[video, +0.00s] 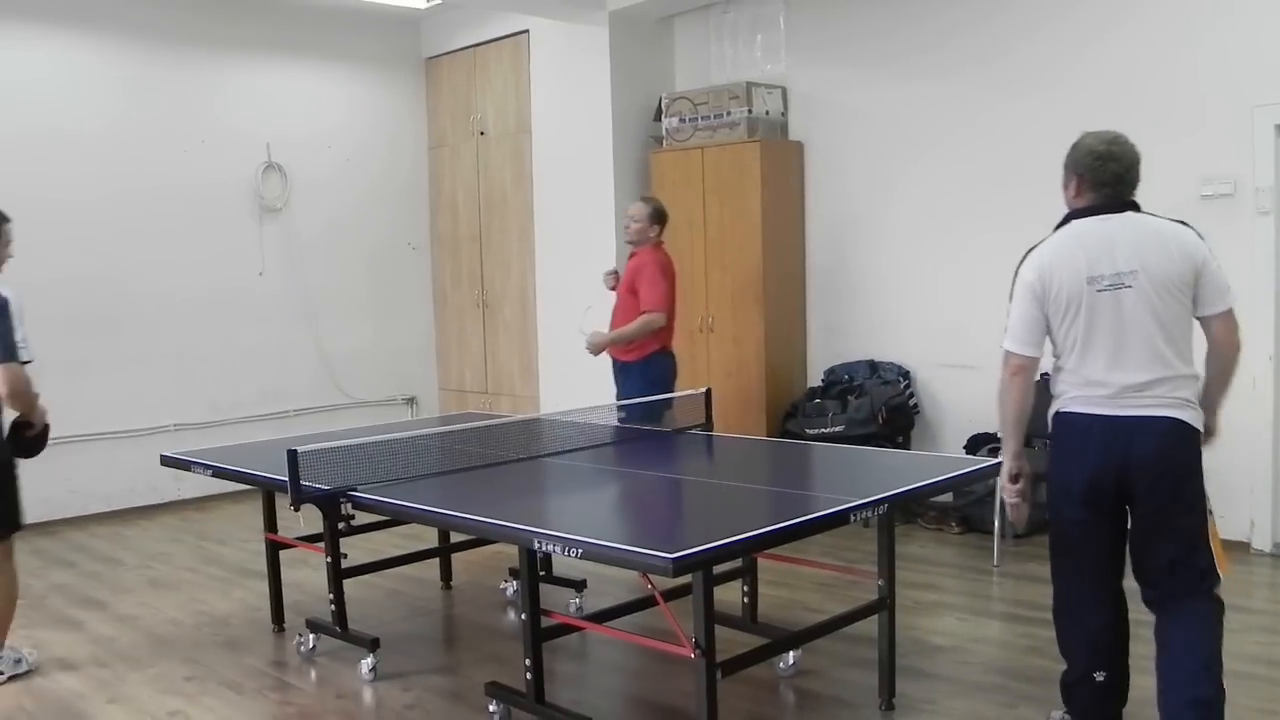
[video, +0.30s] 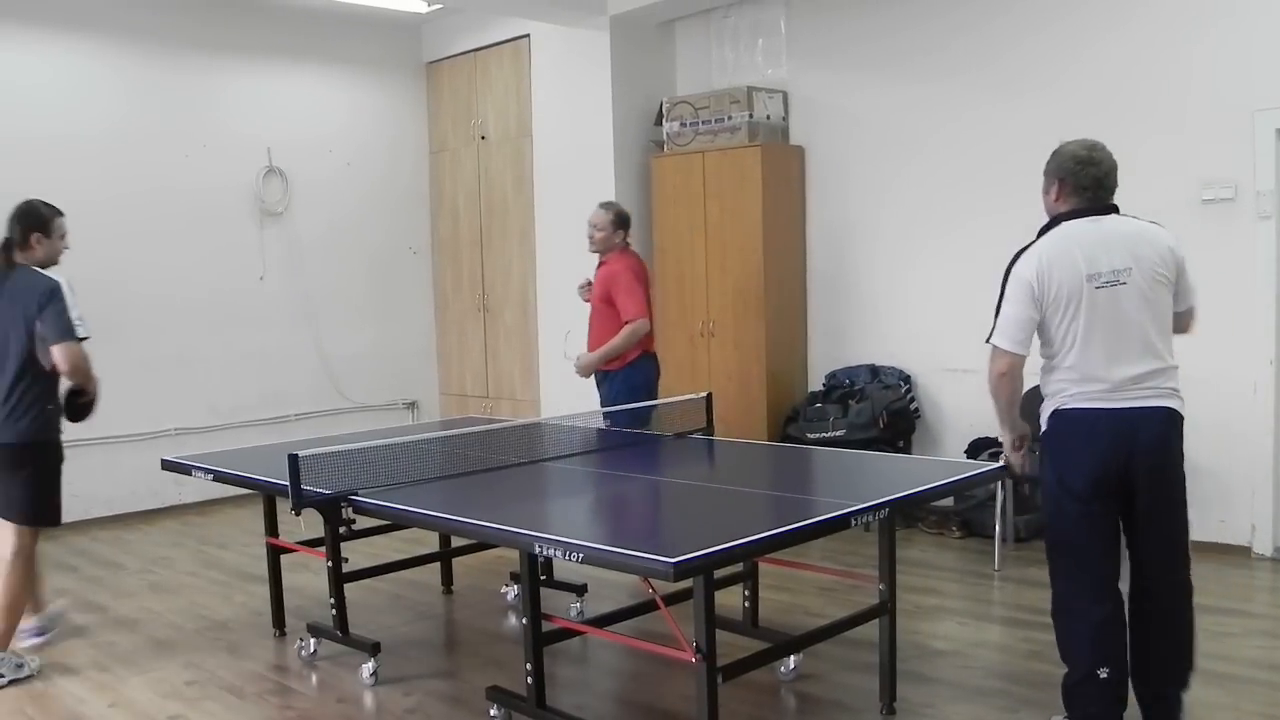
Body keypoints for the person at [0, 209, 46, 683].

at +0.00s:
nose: (9, 253)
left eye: (9, 244)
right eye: (7, 245)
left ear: (3, 246)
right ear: (1, 247)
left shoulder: (5, 303)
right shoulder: (1, 302)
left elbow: (12, 385)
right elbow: (11, 386)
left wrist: (31, 409)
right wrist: (34, 412)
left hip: (1, 446)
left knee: (6, 544)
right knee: (3, 545)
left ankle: (4, 645)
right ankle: (3, 646)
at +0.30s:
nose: (65, 245)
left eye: (65, 236)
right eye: (60, 237)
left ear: (26, 240)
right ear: (35, 239)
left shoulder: (9, 281)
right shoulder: (42, 287)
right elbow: (66, 358)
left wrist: (56, 373)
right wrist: (88, 382)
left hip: (5, 428)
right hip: (24, 433)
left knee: (18, 532)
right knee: (15, 545)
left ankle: (33, 616)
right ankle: (5, 652)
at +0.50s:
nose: (101, 255)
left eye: (100, 247)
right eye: (95, 248)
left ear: (60, 251)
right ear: (69, 250)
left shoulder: (17, 296)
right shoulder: (80, 296)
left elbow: (7, 360)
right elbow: (90, 364)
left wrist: (39, 380)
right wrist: (132, 387)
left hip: (32, 435)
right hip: (72, 435)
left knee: (76, 524)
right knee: (69, 537)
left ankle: (85, 608)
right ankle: (15, 628)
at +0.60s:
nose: (118, 251)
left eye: (118, 243)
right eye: (112, 244)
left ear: (79, 248)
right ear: (84, 246)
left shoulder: (41, 293)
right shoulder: (96, 290)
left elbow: (26, 357)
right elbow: (102, 358)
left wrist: (73, 357)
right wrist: (145, 381)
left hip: (54, 428)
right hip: (94, 427)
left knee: (87, 515)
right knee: (124, 516)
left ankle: (89, 607)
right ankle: (52, 594)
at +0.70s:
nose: (139, 246)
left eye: (139, 238)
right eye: (132, 238)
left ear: (101, 242)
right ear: (105, 240)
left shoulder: (71, 285)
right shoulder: (113, 283)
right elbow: (113, 349)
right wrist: (160, 370)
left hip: (75, 420)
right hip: (113, 419)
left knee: (95, 500)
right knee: (158, 499)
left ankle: (86, 607)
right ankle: (114, 591)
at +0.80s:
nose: (161, 247)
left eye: (161, 239)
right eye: (154, 240)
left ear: (126, 243)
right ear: (125, 241)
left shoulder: (103, 281)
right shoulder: (130, 282)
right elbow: (123, 348)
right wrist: (176, 369)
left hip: (97, 417)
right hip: (135, 419)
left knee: (99, 507)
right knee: (178, 494)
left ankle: (88, 605)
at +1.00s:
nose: (209, 256)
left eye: (208, 248)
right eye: (203, 249)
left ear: (175, 253)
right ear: (176, 252)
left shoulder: (157, 290)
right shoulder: (177, 293)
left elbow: (171, 352)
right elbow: (165, 361)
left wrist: (213, 364)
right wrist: (219, 382)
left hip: (158, 420)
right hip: (190, 422)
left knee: (161, 501)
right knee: (225, 492)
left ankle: (110, 579)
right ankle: (232, 586)